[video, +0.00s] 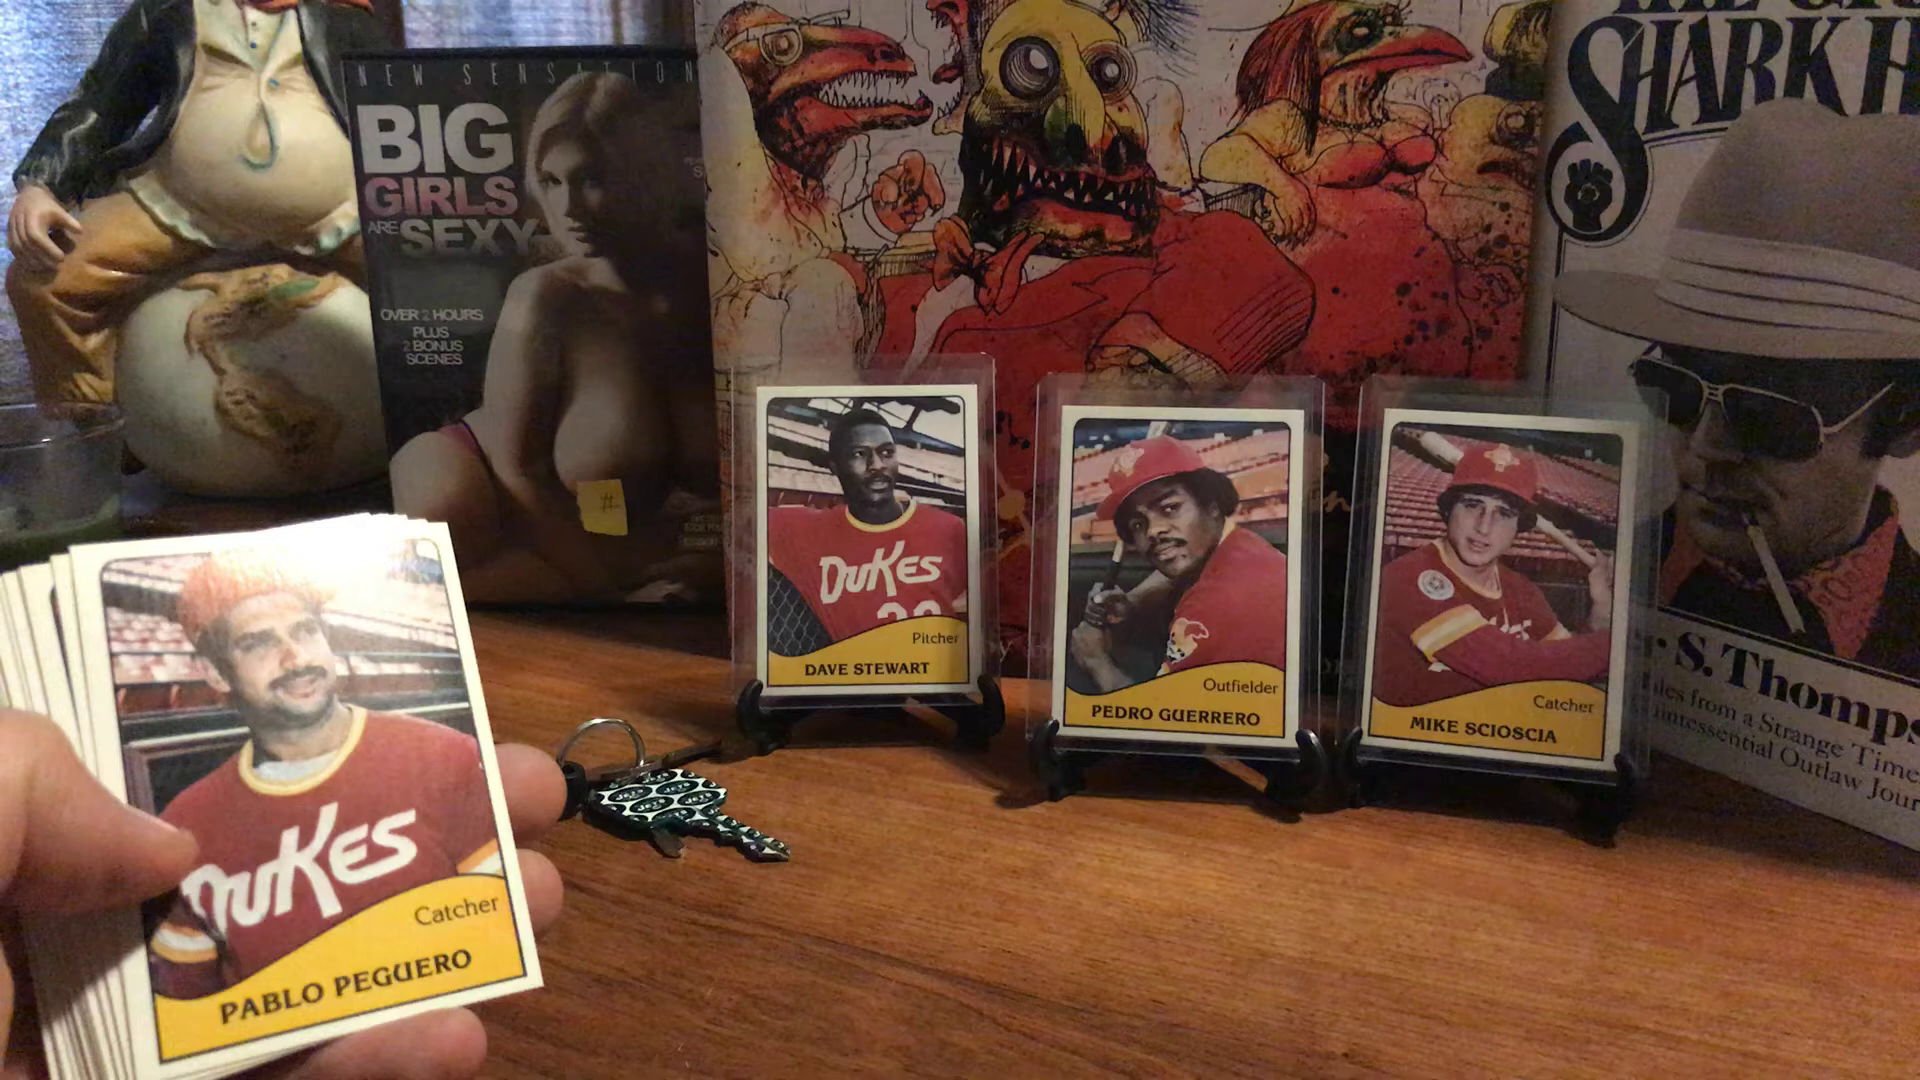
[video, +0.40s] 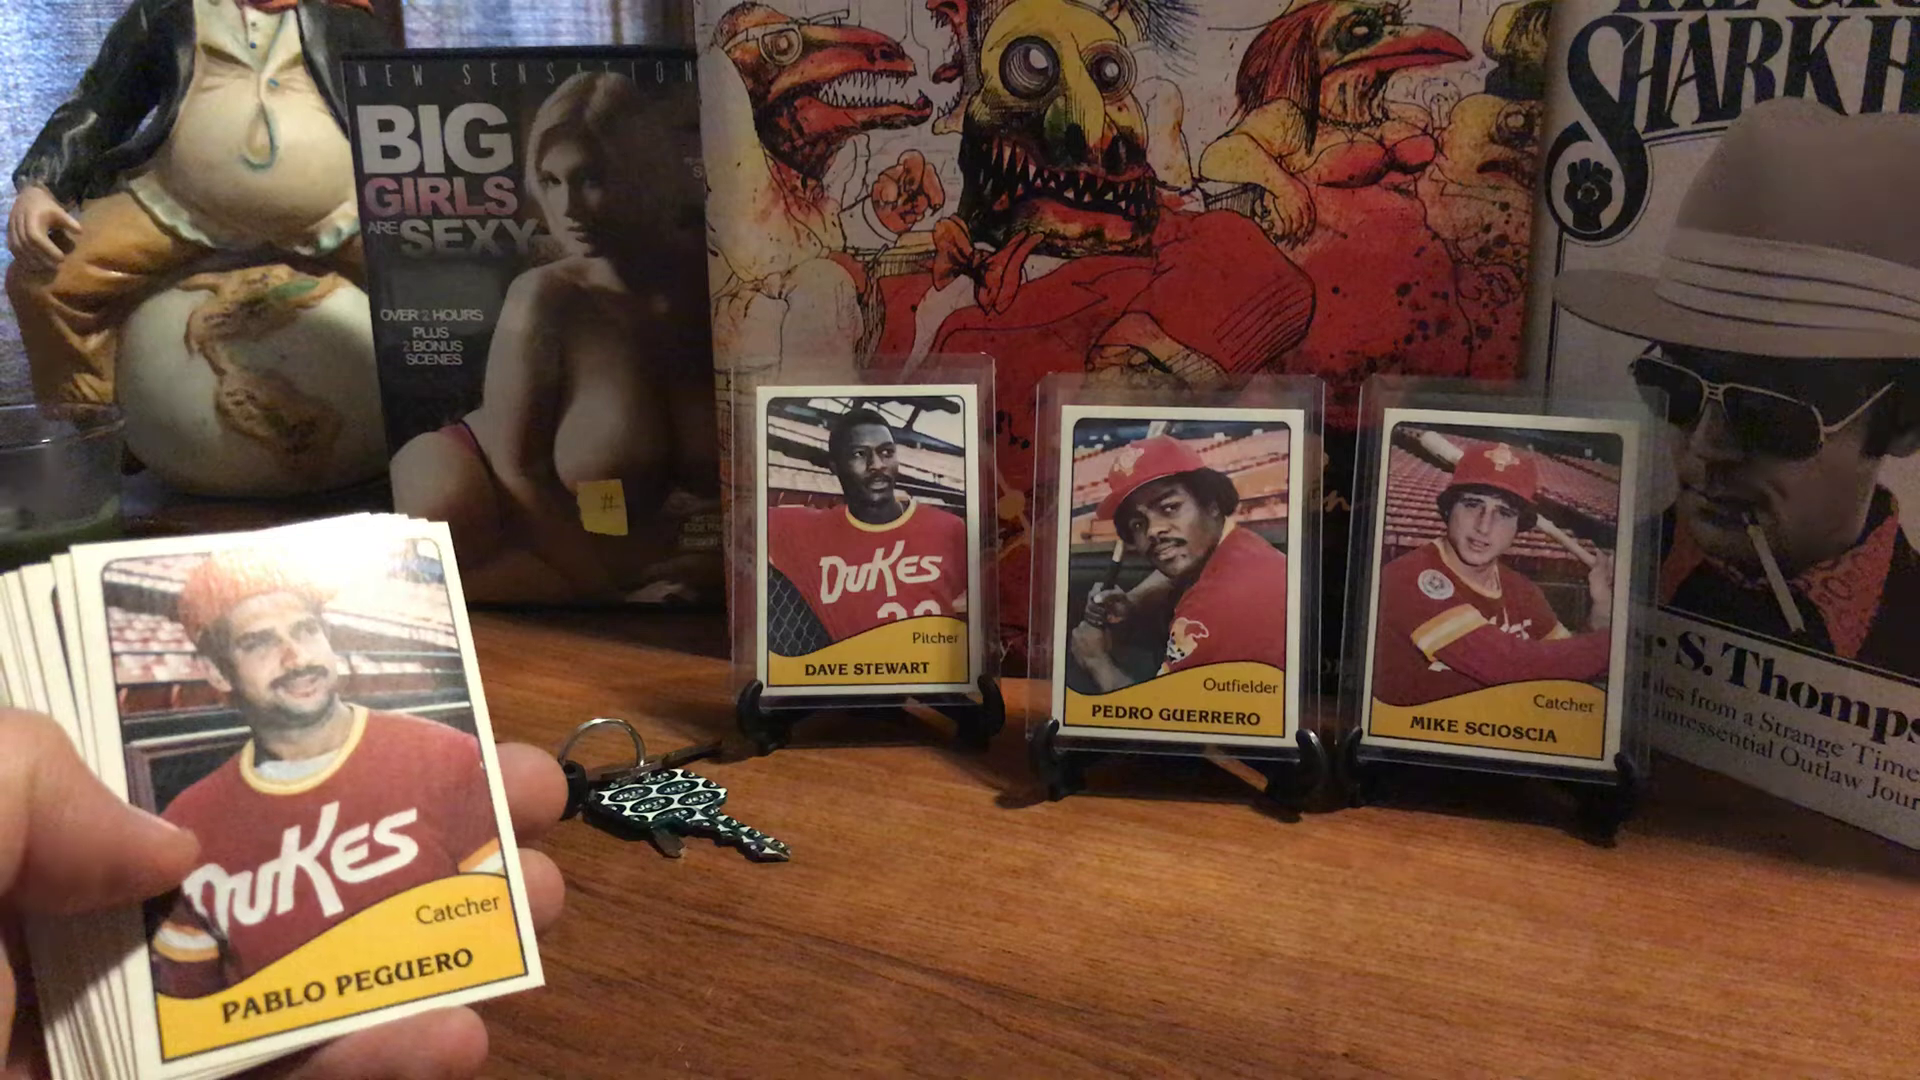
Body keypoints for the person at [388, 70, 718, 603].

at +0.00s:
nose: (570, 206)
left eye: (591, 179)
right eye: (551, 182)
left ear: (642, 178)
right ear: (536, 189)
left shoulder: (693, 289)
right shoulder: (543, 296)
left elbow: (703, 462)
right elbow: (512, 465)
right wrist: (612, 583)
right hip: (482, 466)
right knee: (439, 514)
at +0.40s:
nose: (569, 205)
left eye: (591, 179)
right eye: (551, 181)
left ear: (641, 178)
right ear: (536, 188)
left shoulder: (693, 289)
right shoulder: (542, 297)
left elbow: (702, 460)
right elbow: (512, 465)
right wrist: (612, 584)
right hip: (481, 466)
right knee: (439, 511)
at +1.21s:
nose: (569, 205)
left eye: (590, 178)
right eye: (551, 181)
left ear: (640, 176)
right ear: (536, 188)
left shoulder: (692, 288)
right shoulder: (542, 296)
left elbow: (702, 457)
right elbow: (513, 464)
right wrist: (612, 584)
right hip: (478, 463)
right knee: (439, 519)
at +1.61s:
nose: (569, 205)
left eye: (590, 178)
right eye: (552, 182)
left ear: (643, 176)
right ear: (537, 190)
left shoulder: (692, 291)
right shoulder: (542, 297)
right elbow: (513, 463)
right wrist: (611, 580)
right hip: (480, 461)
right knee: (438, 519)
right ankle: (615, 585)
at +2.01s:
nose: (570, 205)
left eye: (591, 178)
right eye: (553, 182)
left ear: (643, 177)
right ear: (538, 189)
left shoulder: (687, 295)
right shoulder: (542, 297)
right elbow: (513, 463)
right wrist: (611, 580)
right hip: (475, 464)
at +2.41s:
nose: (569, 205)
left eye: (591, 178)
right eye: (552, 181)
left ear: (640, 176)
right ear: (536, 188)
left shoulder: (686, 295)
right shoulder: (542, 296)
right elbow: (513, 465)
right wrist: (613, 580)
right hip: (480, 464)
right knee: (442, 511)